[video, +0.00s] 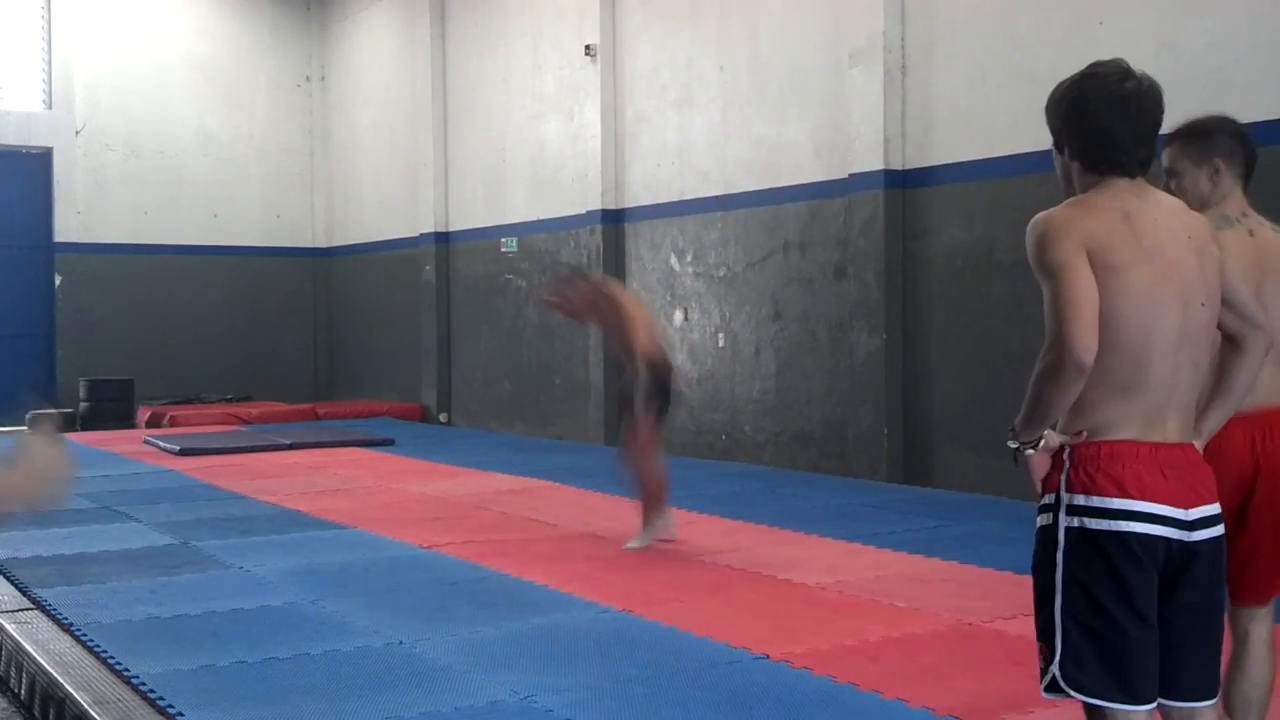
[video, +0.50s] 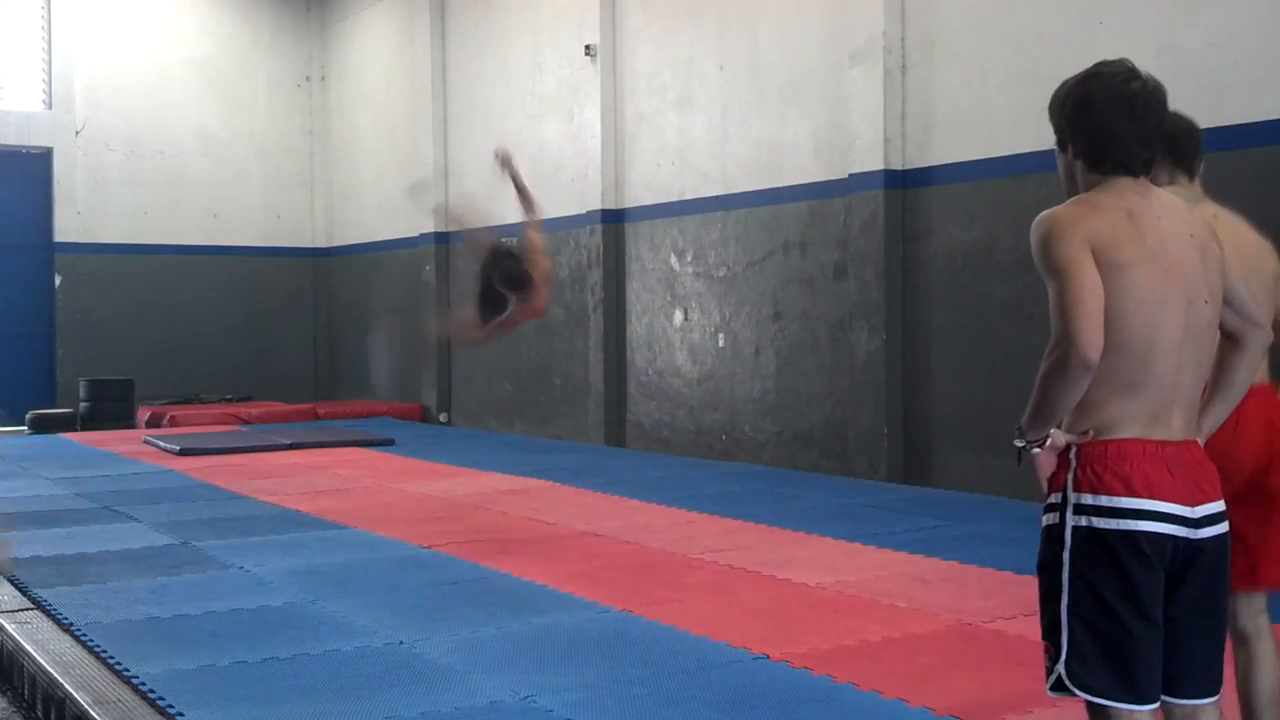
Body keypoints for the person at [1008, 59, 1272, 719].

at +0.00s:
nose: (1055, 161)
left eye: (1055, 146)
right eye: (1055, 145)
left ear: (1069, 151)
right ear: (1147, 142)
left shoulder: (1062, 224)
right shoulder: (1194, 225)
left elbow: (1076, 353)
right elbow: (1256, 333)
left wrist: (1027, 434)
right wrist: (1201, 430)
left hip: (1103, 499)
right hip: (1191, 496)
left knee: (1115, 704)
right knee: (1190, 699)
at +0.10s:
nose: (1054, 162)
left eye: (1054, 146)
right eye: (1054, 145)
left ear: (1068, 151)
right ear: (1146, 145)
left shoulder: (1061, 226)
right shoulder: (1193, 224)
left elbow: (1078, 352)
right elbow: (1256, 333)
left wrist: (1029, 434)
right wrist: (1199, 430)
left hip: (1104, 499)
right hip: (1192, 494)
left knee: (1116, 704)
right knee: (1193, 700)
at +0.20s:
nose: (1054, 161)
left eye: (1054, 146)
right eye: (1054, 145)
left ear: (1069, 151)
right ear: (1146, 143)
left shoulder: (1061, 225)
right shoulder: (1193, 226)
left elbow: (1080, 350)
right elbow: (1256, 333)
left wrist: (1032, 433)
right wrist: (1201, 427)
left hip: (1105, 498)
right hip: (1193, 494)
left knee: (1116, 705)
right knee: (1192, 700)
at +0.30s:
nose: (1054, 162)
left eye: (1054, 146)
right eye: (1054, 146)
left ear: (1069, 151)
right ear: (1145, 143)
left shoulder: (1062, 227)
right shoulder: (1193, 227)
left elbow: (1081, 352)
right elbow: (1256, 334)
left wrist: (1033, 434)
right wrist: (1200, 430)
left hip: (1106, 498)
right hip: (1193, 494)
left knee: (1117, 705)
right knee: (1193, 700)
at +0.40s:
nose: (1055, 159)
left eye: (1056, 143)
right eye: (1055, 143)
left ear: (1070, 149)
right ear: (1145, 141)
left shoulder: (1065, 225)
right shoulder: (1196, 223)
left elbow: (1082, 351)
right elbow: (1254, 332)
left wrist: (1035, 431)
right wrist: (1198, 428)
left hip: (1107, 497)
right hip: (1194, 493)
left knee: (1117, 704)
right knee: (1192, 699)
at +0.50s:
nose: (1057, 160)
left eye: (1058, 145)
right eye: (1057, 144)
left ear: (1073, 149)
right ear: (1148, 139)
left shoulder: (1066, 223)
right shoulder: (1197, 222)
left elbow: (1082, 349)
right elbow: (1253, 331)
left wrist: (1036, 431)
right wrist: (1198, 428)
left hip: (1109, 498)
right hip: (1195, 494)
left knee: (1119, 704)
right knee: (1193, 699)